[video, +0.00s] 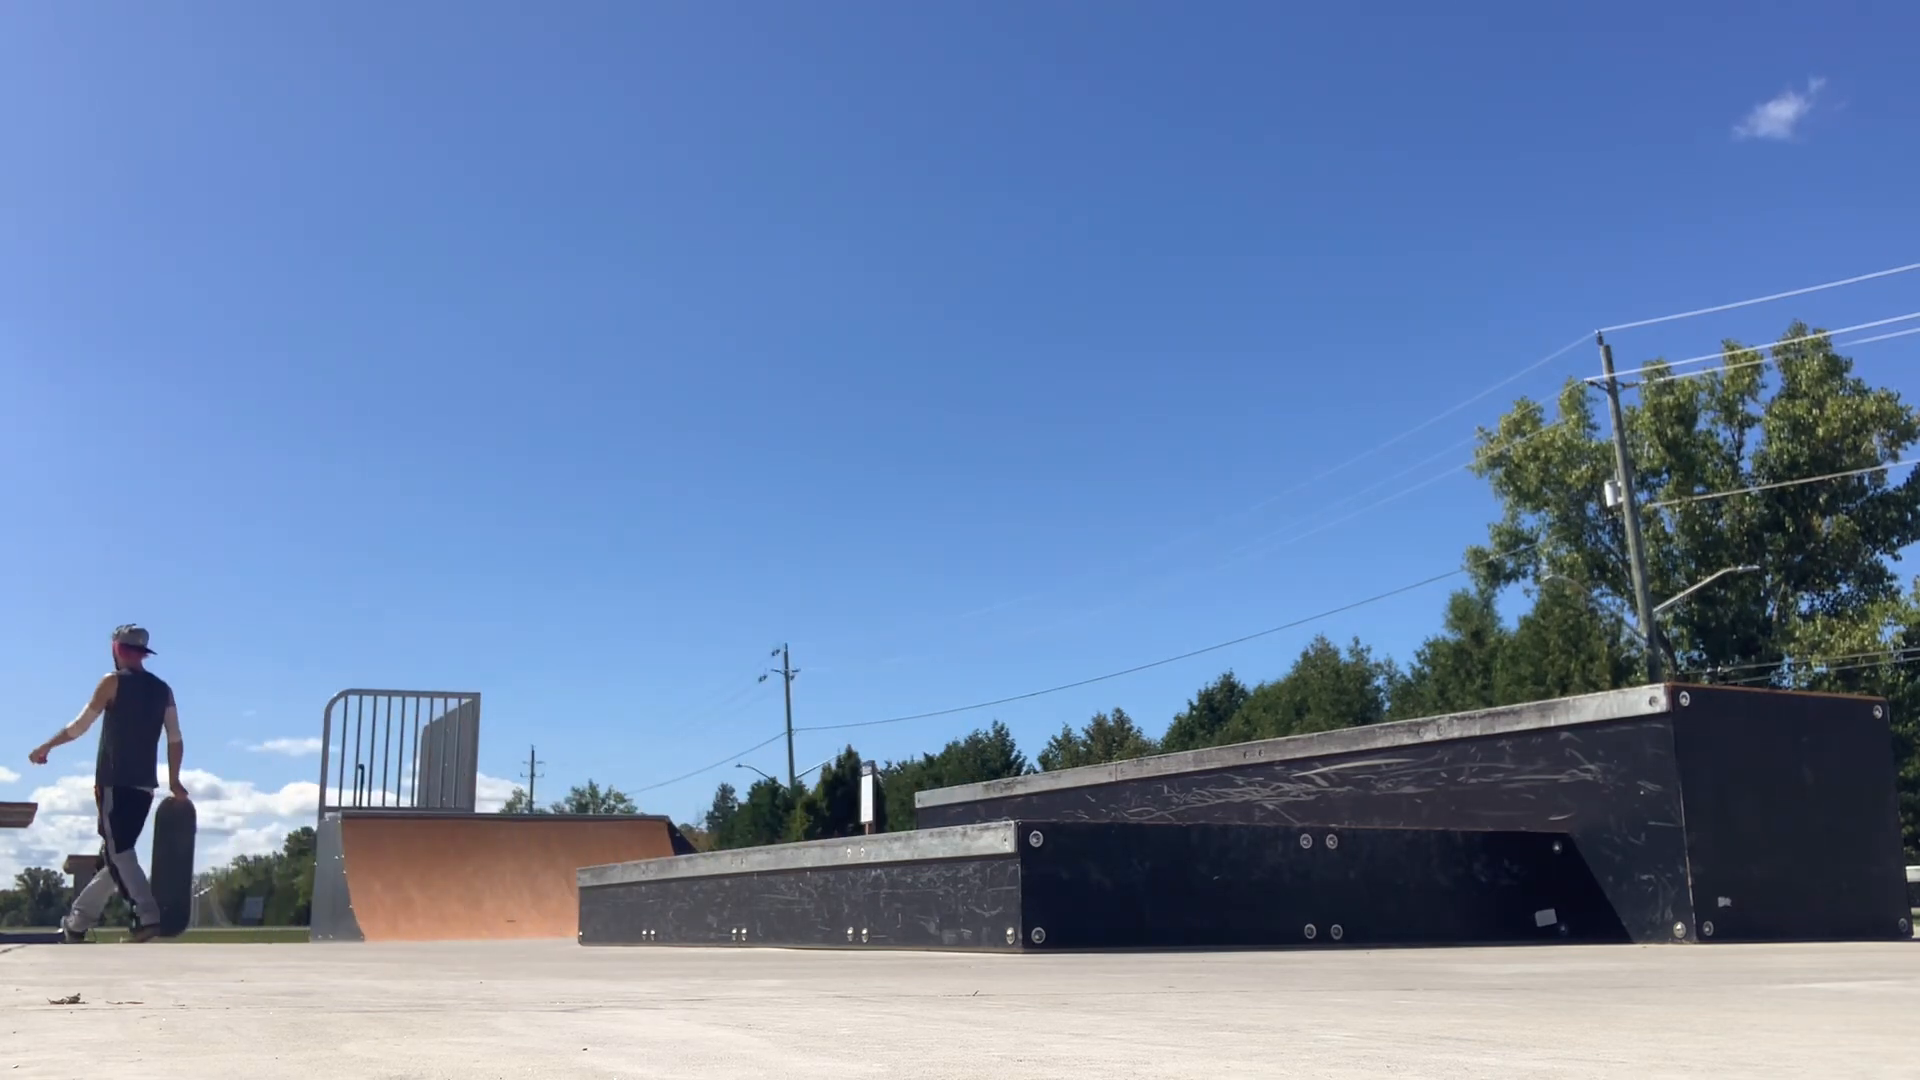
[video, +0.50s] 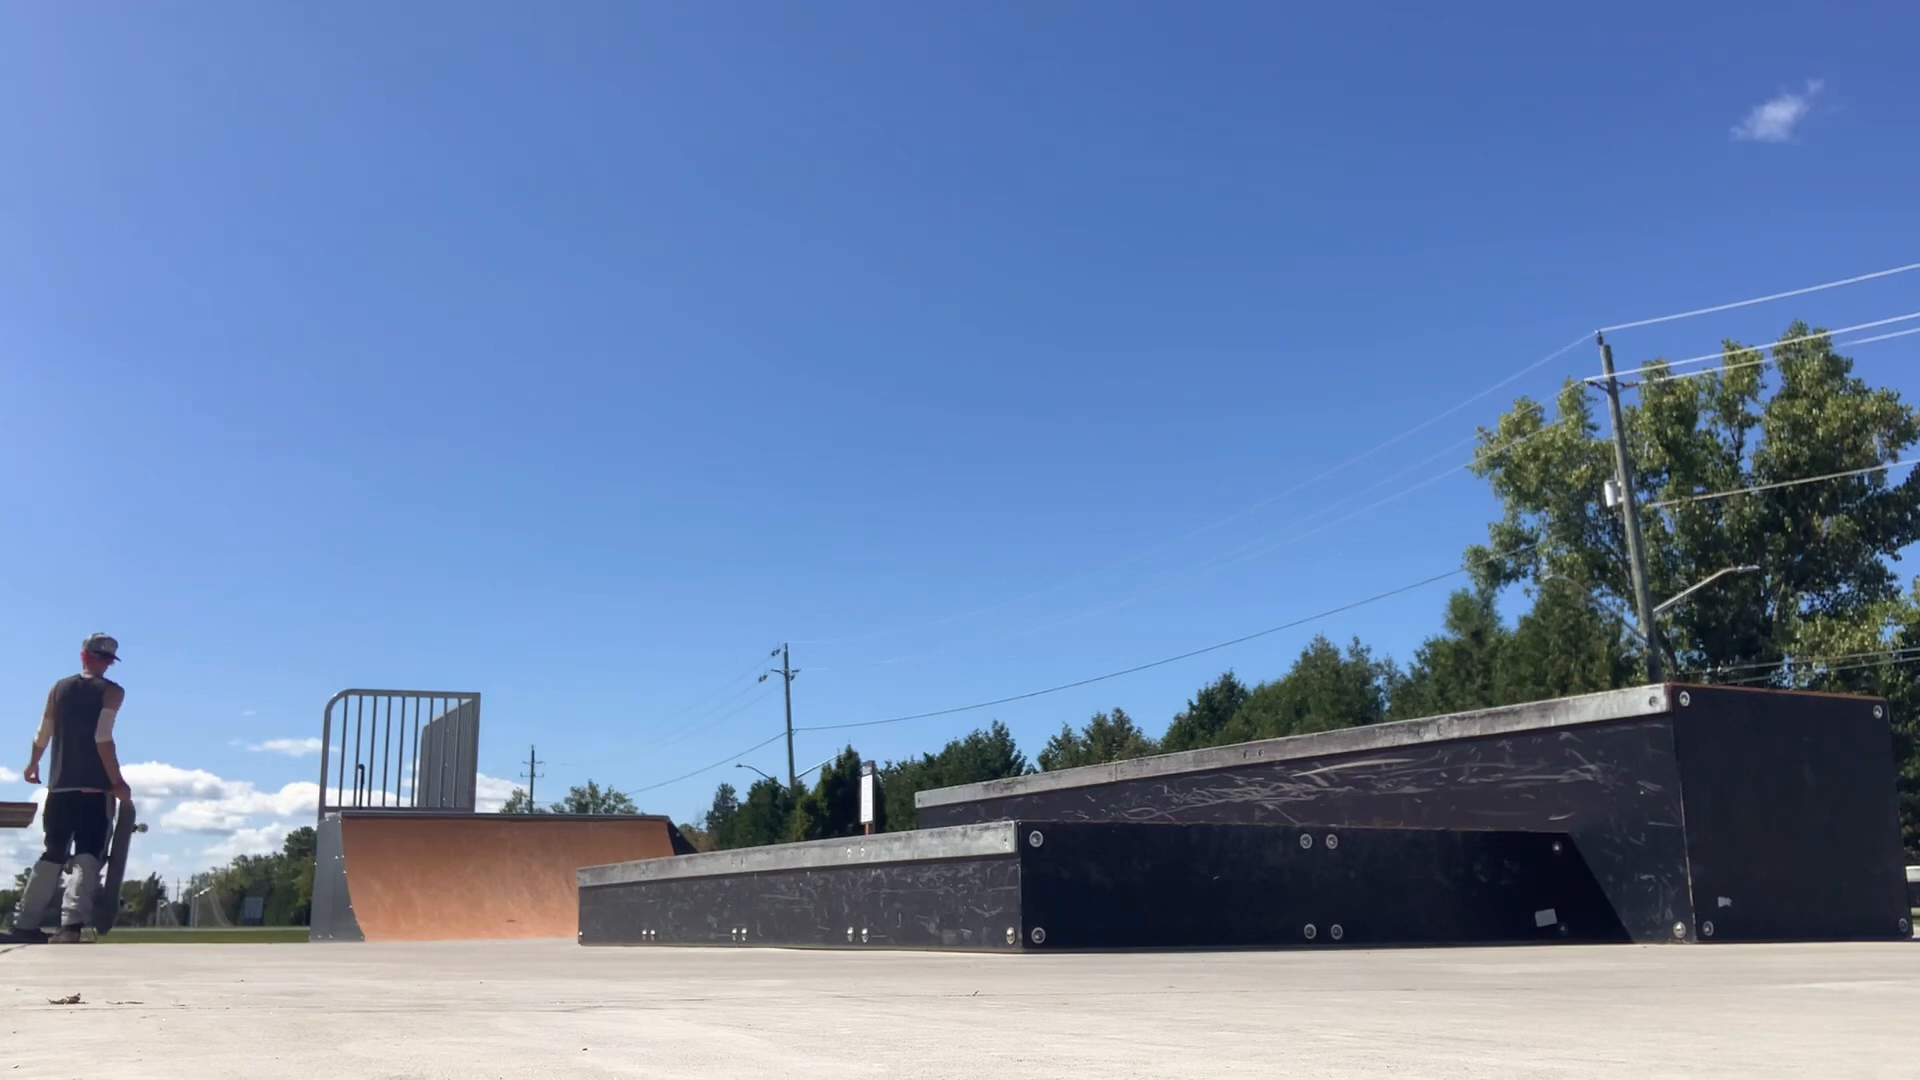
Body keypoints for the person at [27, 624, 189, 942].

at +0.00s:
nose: (113, 653)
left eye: (114, 648)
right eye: (116, 648)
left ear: (118, 649)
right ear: (144, 652)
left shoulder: (112, 682)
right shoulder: (163, 690)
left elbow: (78, 727)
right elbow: (175, 740)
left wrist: (47, 746)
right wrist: (175, 781)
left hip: (115, 782)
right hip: (145, 784)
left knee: (119, 853)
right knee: (117, 857)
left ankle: (150, 918)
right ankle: (76, 924)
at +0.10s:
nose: (104, 655)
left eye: (105, 651)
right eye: (107, 651)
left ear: (108, 652)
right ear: (135, 655)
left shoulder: (99, 686)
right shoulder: (151, 692)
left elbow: (71, 730)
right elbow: (161, 742)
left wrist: (46, 748)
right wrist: (161, 782)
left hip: (98, 785)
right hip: (129, 788)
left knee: (88, 853)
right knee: (96, 856)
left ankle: (129, 903)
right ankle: (72, 928)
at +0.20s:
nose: (102, 656)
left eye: (100, 650)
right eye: (111, 652)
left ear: (100, 651)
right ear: (127, 656)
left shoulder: (84, 685)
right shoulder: (142, 691)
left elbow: (62, 731)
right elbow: (146, 743)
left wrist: (42, 755)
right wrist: (151, 786)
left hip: (86, 788)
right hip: (120, 790)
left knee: (59, 849)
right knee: (91, 858)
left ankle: (99, 887)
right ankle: (72, 929)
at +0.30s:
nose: (110, 656)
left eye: (106, 649)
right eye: (113, 650)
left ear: (93, 649)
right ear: (120, 654)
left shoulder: (73, 684)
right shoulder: (133, 689)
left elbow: (56, 730)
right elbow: (133, 738)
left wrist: (40, 760)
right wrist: (140, 785)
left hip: (75, 788)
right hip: (112, 791)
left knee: (52, 842)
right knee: (94, 858)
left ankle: (64, 889)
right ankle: (75, 930)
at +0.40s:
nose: (106, 657)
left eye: (106, 651)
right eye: (108, 652)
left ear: (88, 650)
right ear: (115, 655)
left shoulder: (65, 685)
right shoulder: (123, 688)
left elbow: (49, 731)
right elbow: (118, 735)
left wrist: (37, 761)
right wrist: (130, 782)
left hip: (65, 789)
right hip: (101, 790)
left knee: (52, 849)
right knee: (89, 859)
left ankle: (33, 912)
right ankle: (72, 926)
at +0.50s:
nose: (108, 661)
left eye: (110, 656)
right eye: (105, 656)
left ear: (83, 656)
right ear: (94, 657)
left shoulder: (59, 687)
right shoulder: (112, 691)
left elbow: (44, 735)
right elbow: (102, 737)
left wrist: (33, 764)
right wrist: (118, 782)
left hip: (58, 792)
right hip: (92, 791)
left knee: (53, 853)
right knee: (88, 855)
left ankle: (25, 925)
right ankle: (70, 926)